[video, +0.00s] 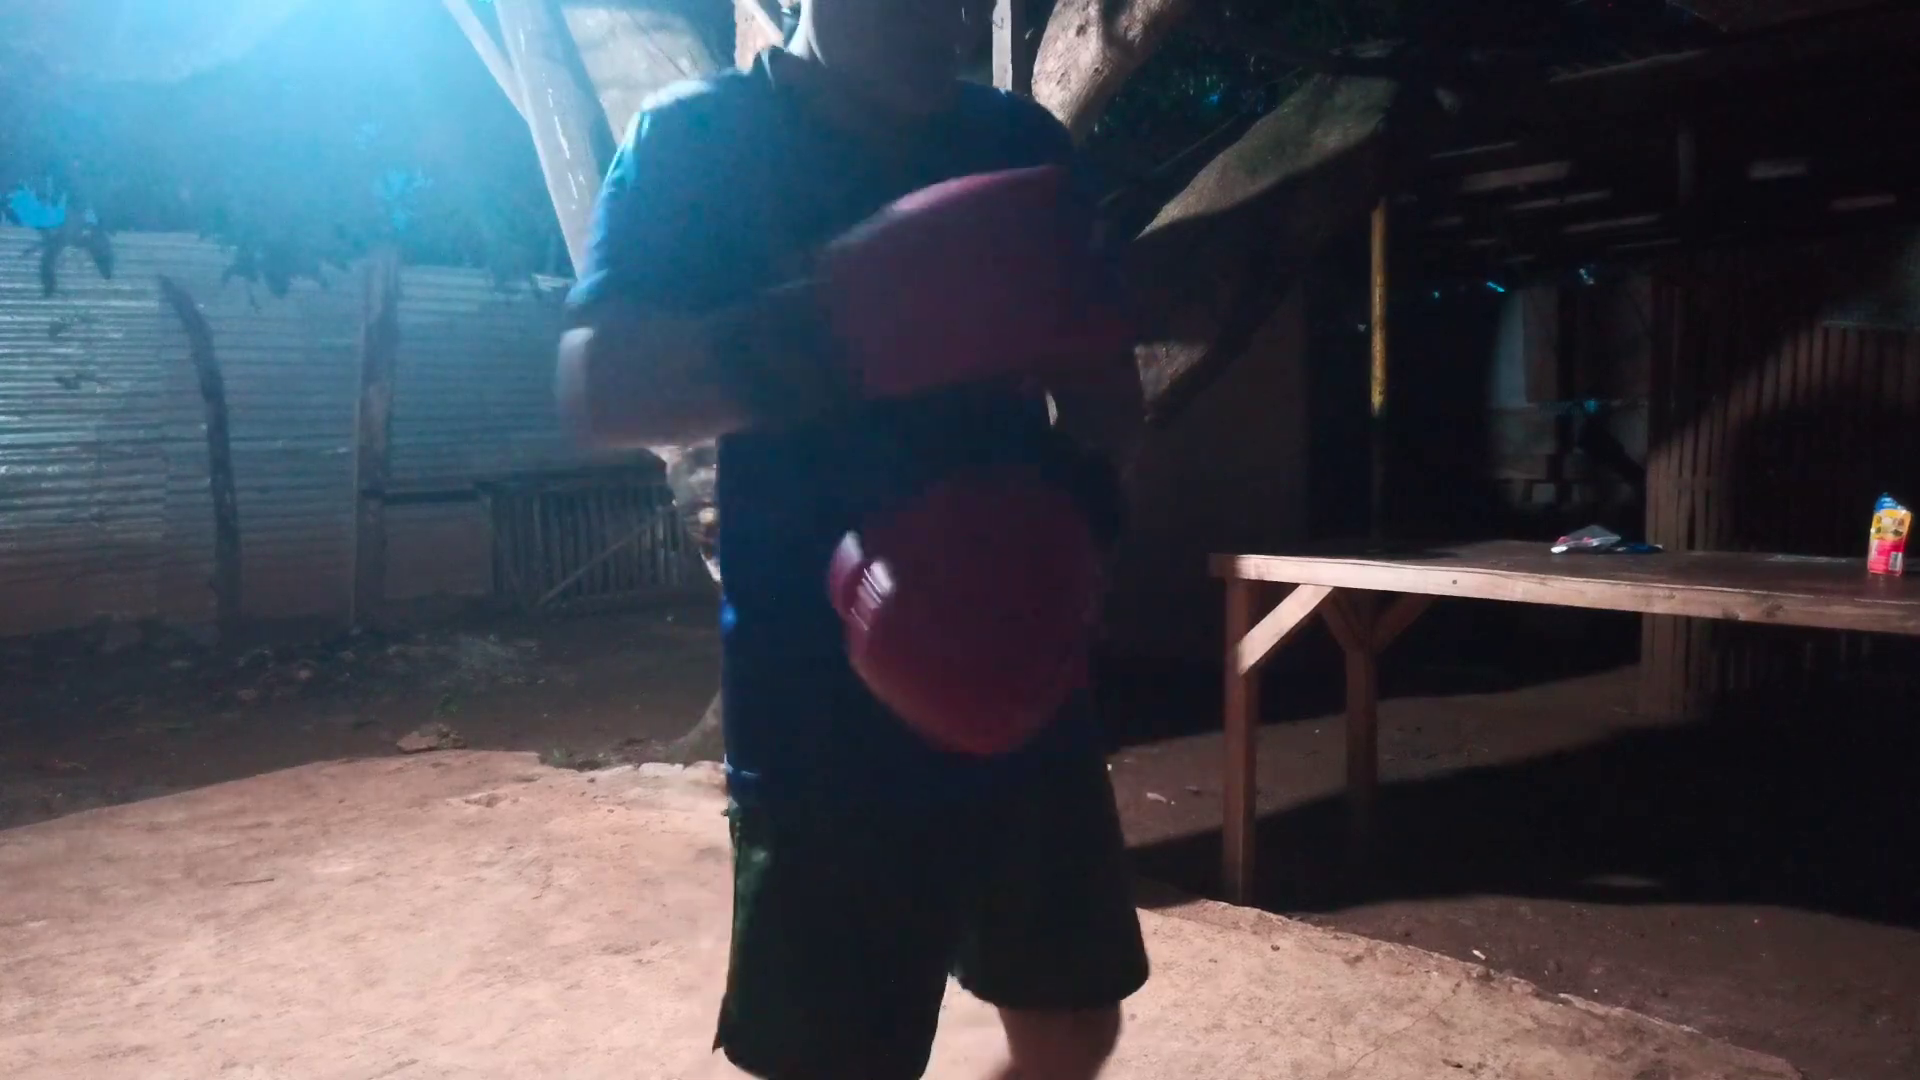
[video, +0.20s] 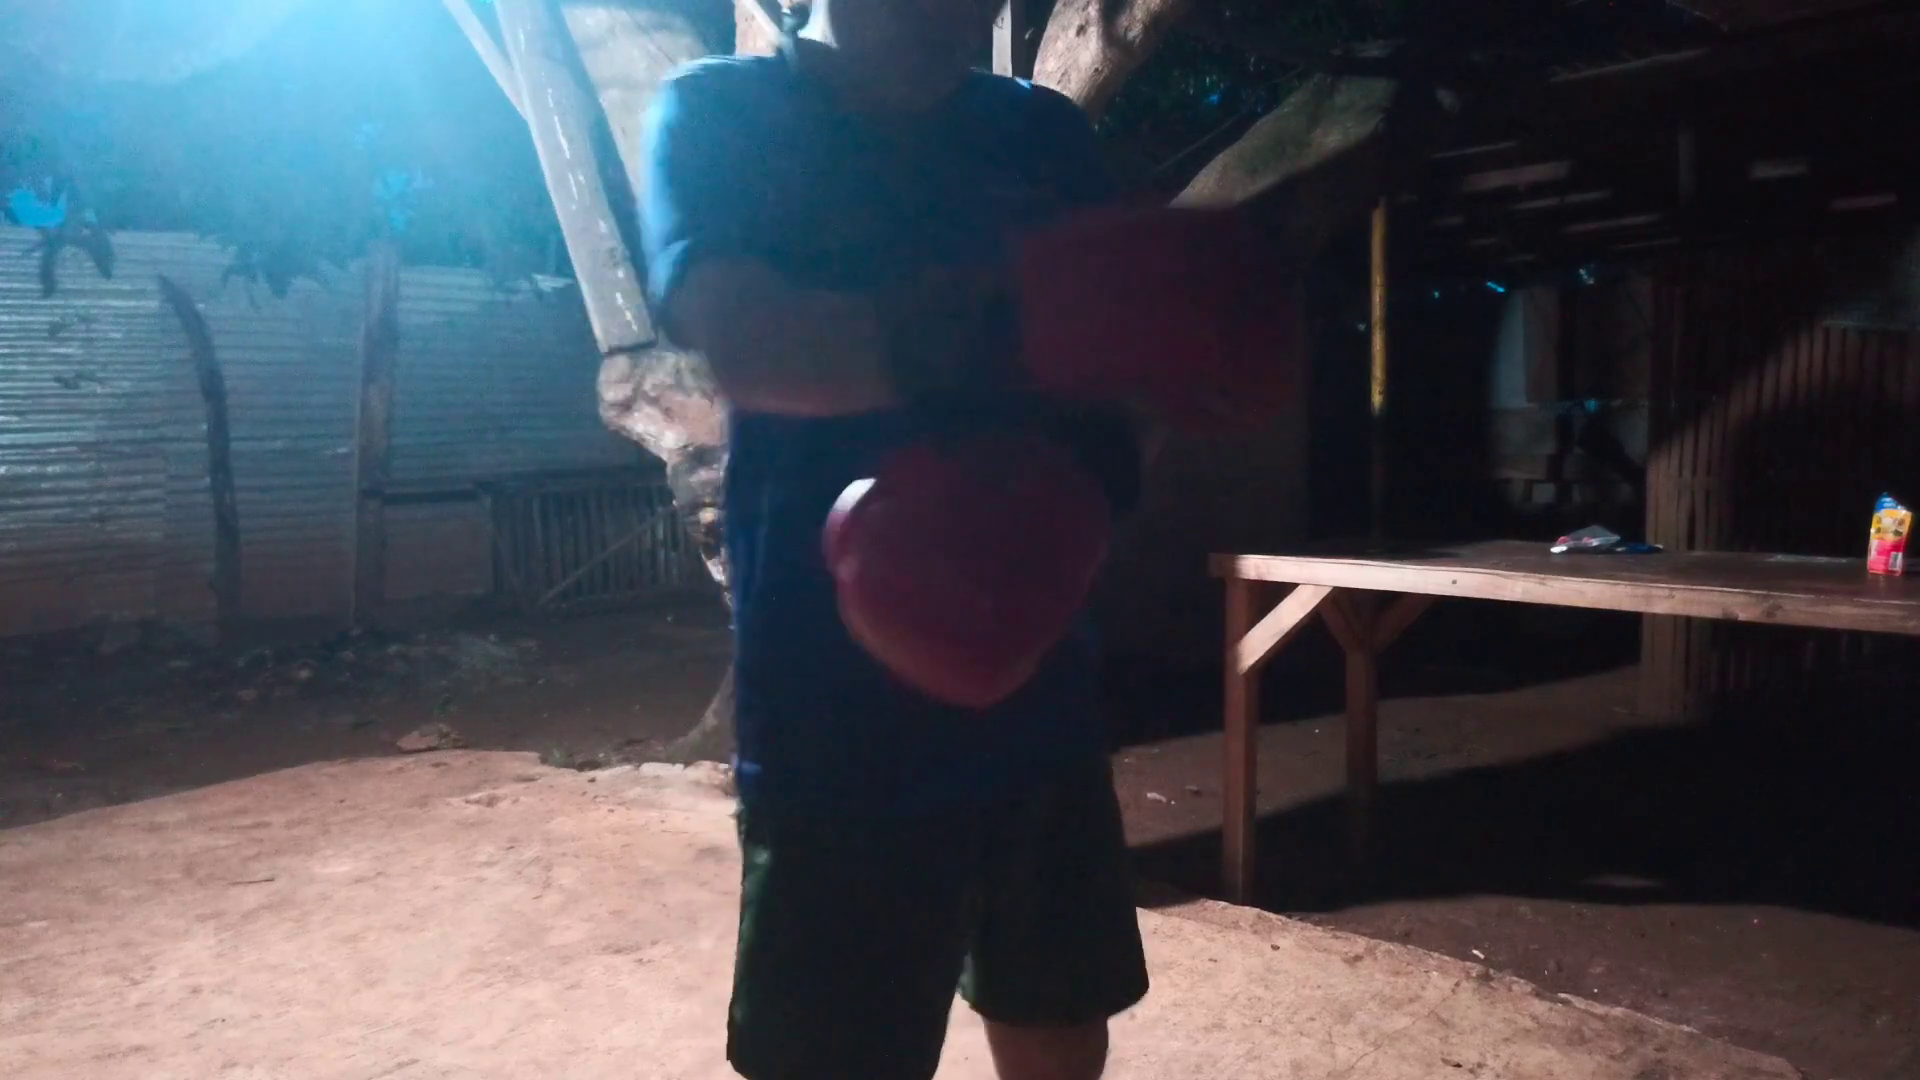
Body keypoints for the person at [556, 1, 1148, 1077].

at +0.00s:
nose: (951, 12)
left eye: (966, 3)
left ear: (979, 6)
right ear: (815, 2)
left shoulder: (1018, 141)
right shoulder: (702, 135)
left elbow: (1106, 394)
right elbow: (599, 390)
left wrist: (1057, 533)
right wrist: (849, 317)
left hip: (1025, 678)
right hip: (817, 702)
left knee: (1070, 1030)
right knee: (831, 1056)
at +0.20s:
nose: (959, 18)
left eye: (979, 4)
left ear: (997, 7)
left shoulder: (1042, 130)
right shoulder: (721, 107)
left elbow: (1124, 356)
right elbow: (738, 341)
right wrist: (1011, 330)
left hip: (1039, 681)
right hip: (830, 694)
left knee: (1059, 1033)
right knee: (830, 1057)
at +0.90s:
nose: (1013, 1)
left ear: (1098, 2)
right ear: (930, 3)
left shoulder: (1177, 162)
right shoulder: (860, 153)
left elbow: (1253, 398)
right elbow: (715, 388)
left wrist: (1228, 593)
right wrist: (893, 370)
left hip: (1133, 660)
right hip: (943, 663)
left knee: (1082, 1028)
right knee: (950, 1043)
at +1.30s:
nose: (956, 2)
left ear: (1028, 2)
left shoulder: (1125, 156)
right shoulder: (791, 150)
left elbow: (1222, 393)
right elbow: (740, 412)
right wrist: (1002, 447)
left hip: (1095, 689)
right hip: (884, 698)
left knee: (1073, 1042)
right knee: (889, 1057)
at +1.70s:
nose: (882, 7)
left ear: (941, 3)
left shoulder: (1014, 145)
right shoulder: (671, 140)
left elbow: (1125, 381)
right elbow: (530, 384)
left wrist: (1230, 461)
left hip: (991, 685)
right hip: (779, 703)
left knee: (1087, 1049)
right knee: (771, 1065)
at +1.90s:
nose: (859, 16)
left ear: (926, 3)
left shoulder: (1009, 161)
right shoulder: (643, 152)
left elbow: (1163, 388)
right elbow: (480, 383)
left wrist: (1362, 324)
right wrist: (281, 392)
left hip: (995, 732)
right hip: (769, 751)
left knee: (1060, 1049)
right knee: (750, 1073)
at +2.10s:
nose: (867, 16)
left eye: (894, 3)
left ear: (935, 10)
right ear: (765, 4)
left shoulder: (1015, 149)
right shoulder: (669, 154)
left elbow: (1186, 360)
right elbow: (513, 368)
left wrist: (1109, 354)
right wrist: (591, 404)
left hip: (994, 703)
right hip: (780, 723)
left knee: (1069, 1037)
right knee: (800, 1060)